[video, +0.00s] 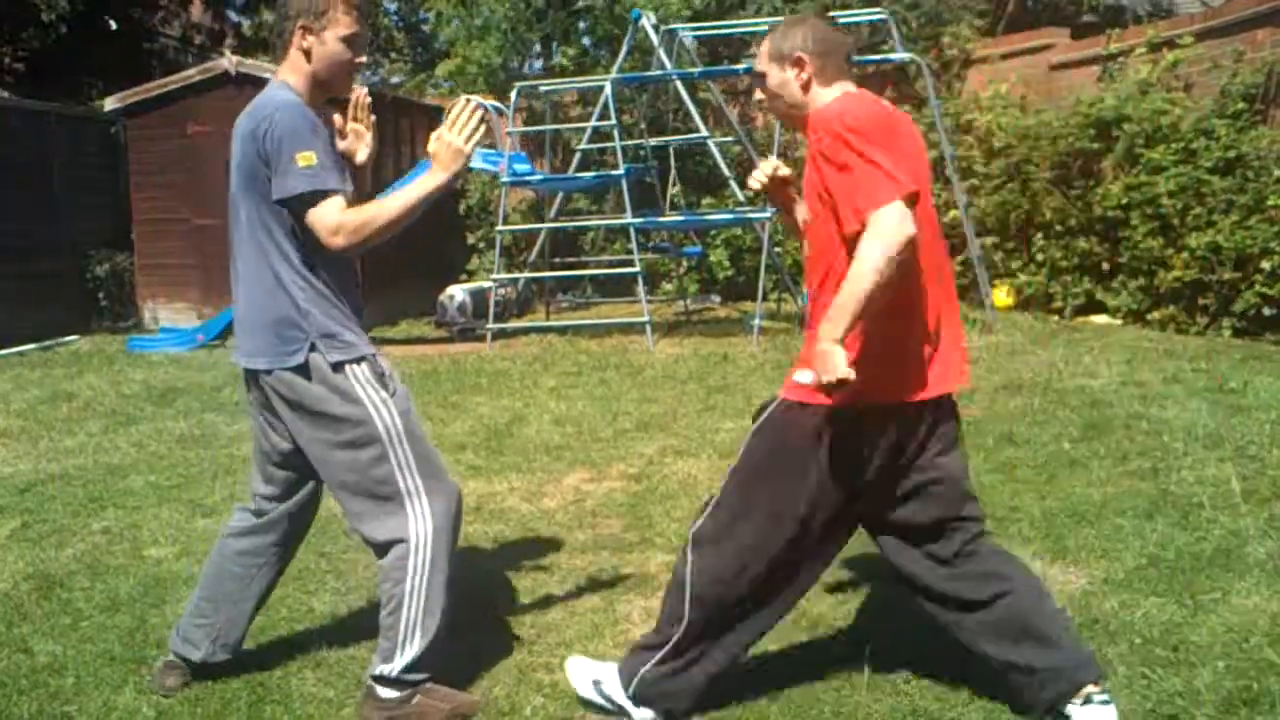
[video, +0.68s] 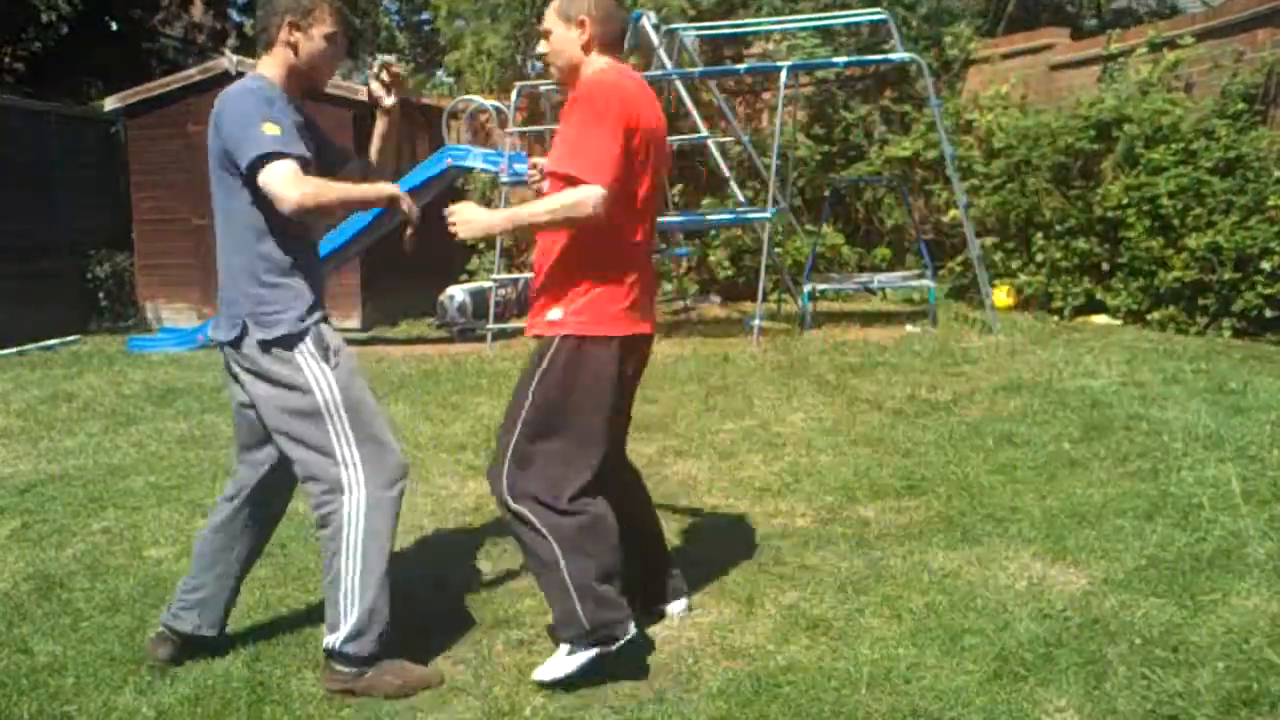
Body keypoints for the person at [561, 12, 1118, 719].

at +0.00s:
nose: (762, 94)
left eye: (765, 78)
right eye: (759, 80)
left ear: (801, 70)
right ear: (819, 69)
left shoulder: (838, 119)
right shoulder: (887, 121)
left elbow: (889, 229)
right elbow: (836, 246)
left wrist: (830, 334)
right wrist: (787, 196)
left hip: (843, 388)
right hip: (911, 387)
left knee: (740, 539)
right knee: (954, 551)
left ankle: (654, 684)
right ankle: (1074, 687)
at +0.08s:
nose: (706, 86)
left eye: (707, 71)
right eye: (702, 72)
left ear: (740, 63)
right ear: (781, 63)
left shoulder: (755, 111)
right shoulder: (834, 120)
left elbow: (789, 188)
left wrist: (738, 275)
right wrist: (733, 155)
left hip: (757, 370)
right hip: (842, 371)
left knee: (663, 523)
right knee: (897, 518)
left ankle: (632, 690)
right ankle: (1031, 657)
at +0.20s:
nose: (656, 67)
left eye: (658, 54)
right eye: (655, 57)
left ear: (688, 48)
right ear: (737, 47)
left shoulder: (688, 80)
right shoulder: (796, 107)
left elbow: (651, 120)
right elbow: (805, 209)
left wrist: (547, 142)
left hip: (700, 341)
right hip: (789, 341)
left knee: (636, 513)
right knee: (813, 483)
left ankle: (629, 690)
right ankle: (903, 614)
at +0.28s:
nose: (631, 61)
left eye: (634, 50)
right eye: (632, 50)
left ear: (658, 42)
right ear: (713, 47)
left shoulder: (646, 69)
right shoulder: (777, 105)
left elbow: (542, 74)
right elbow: (796, 211)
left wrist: (435, 63)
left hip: (668, 335)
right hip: (758, 337)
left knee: (629, 508)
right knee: (769, 476)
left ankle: (628, 689)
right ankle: (815, 606)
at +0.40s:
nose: (605, 58)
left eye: (607, 48)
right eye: (608, 49)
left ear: (622, 47)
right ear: (676, 51)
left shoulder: (607, 73)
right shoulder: (731, 106)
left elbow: (513, 84)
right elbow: (784, 208)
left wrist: (432, 55)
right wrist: (740, 257)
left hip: (623, 327)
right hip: (701, 330)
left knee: (613, 506)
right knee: (686, 466)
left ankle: (623, 688)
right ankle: (707, 592)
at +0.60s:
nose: (553, 61)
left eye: (558, 47)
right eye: (554, 49)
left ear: (592, 41)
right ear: (617, 44)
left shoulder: (589, 86)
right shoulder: (673, 109)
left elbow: (530, 172)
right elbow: (712, 191)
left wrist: (444, 150)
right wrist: (657, 244)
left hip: (591, 320)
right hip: (646, 320)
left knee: (555, 491)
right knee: (613, 468)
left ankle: (616, 657)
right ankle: (658, 595)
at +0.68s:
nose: (541, 46)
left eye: (548, 33)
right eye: (542, 33)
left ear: (583, 33)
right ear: (592, 33)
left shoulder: (600, 88)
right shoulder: (634, 90)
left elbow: (589, 198)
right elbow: (635, 199)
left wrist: (493, 220)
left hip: (586, 321)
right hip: (620, 319)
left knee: (524, 476)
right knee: (598, 462)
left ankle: (598, 630)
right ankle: (653, 587)